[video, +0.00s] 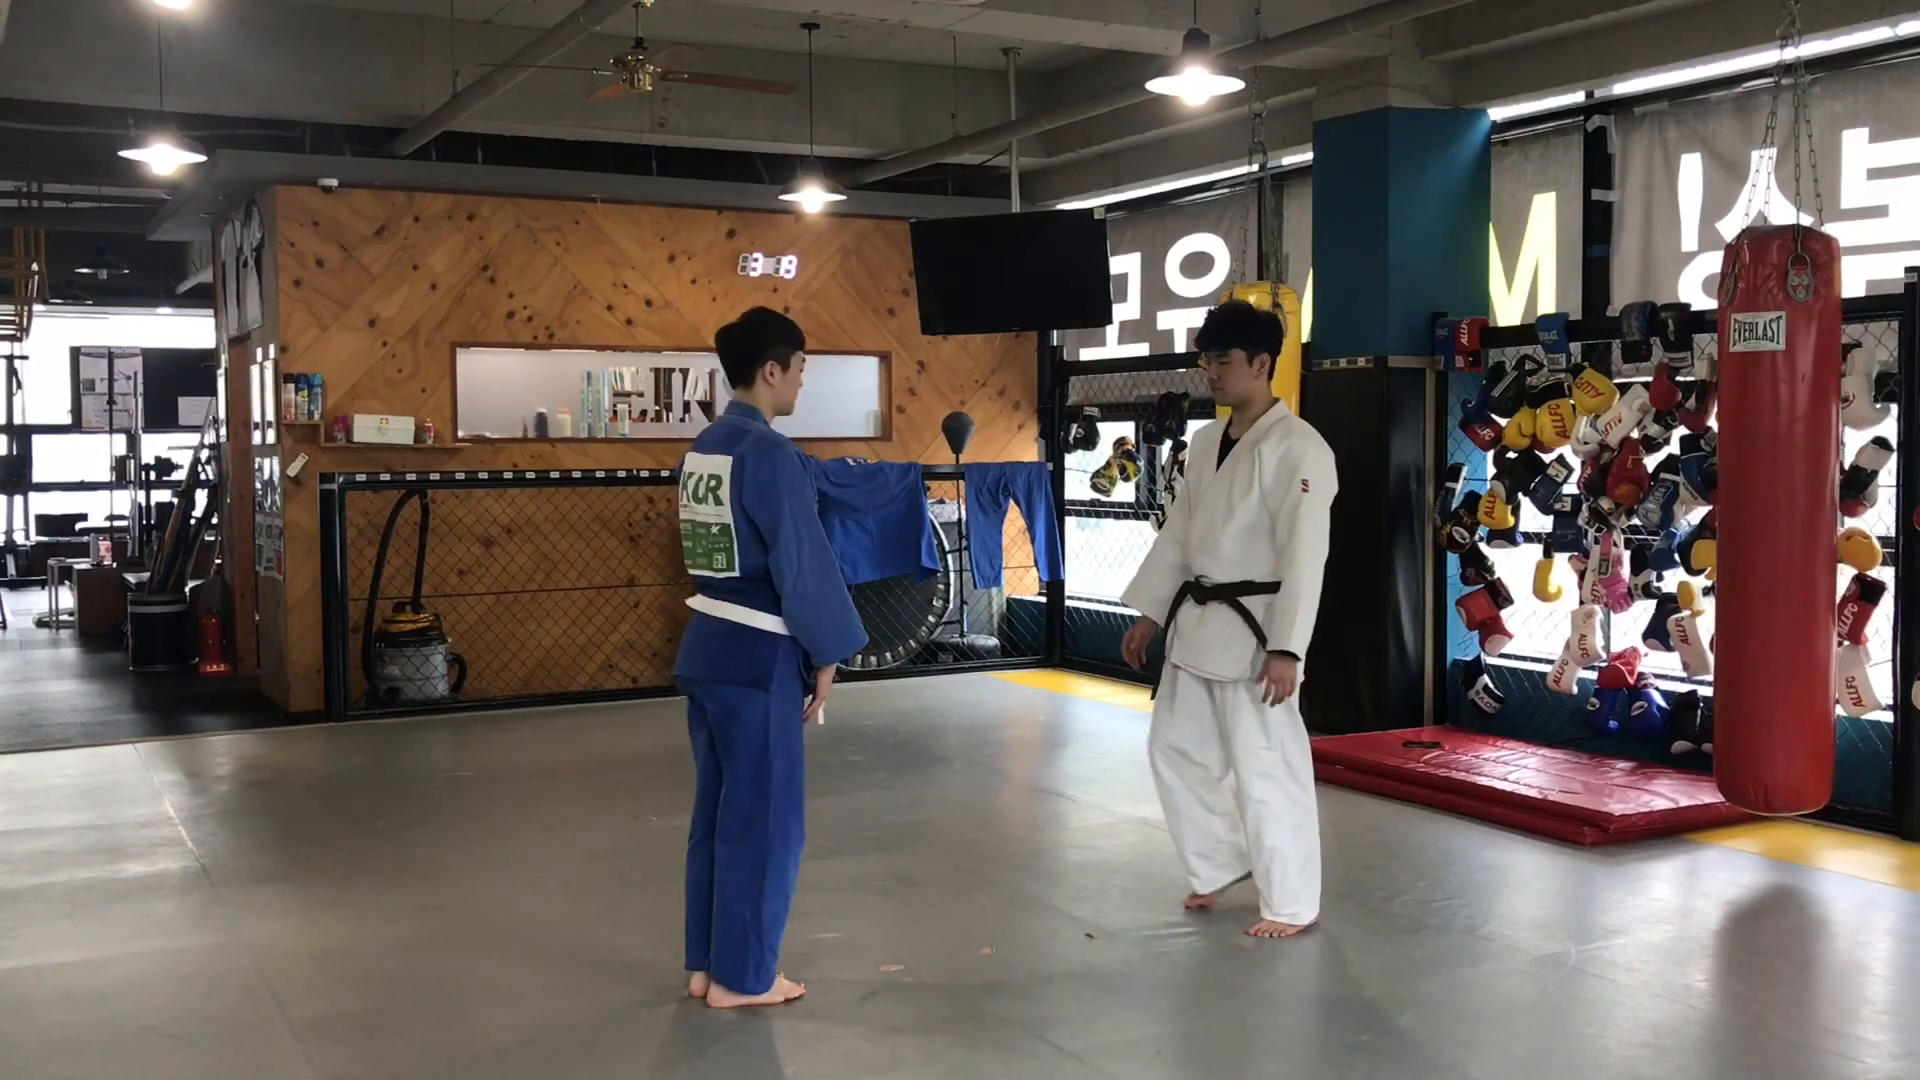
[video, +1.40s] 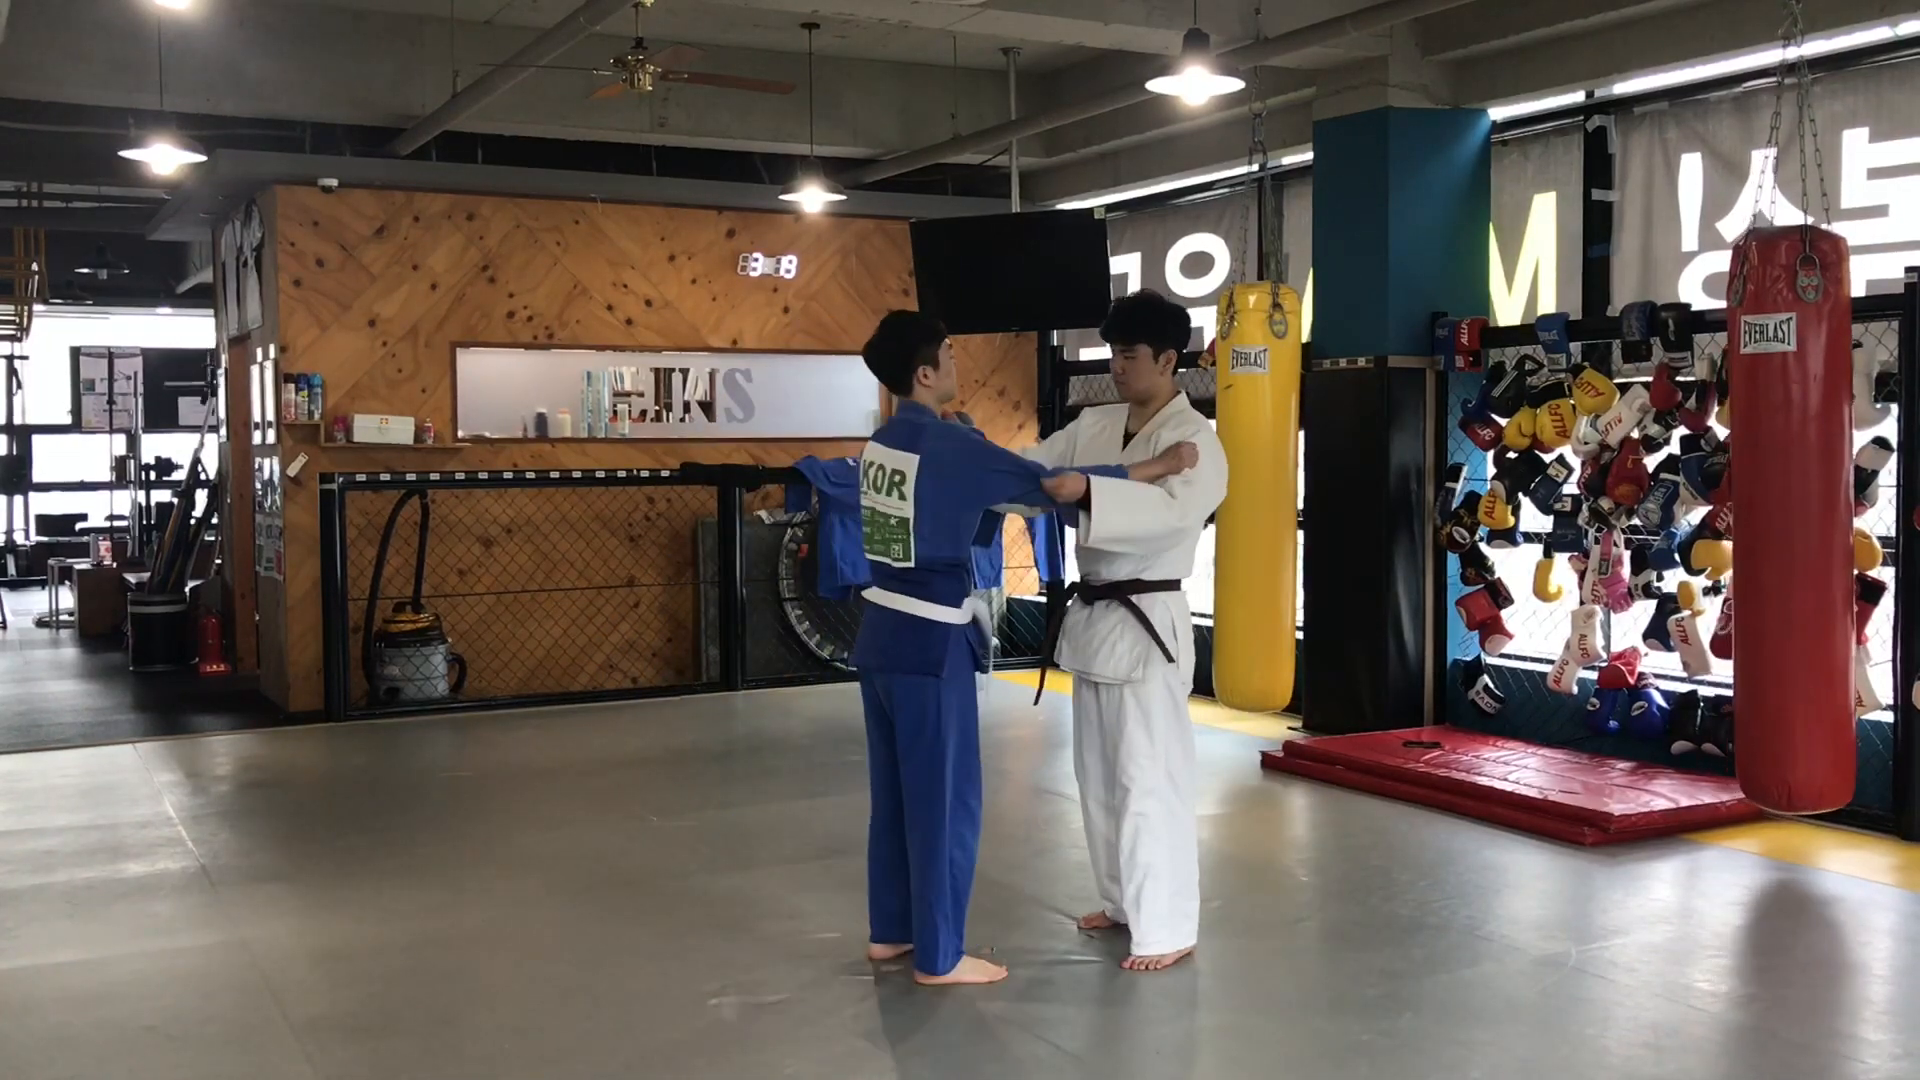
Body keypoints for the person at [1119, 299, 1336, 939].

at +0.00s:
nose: (1209, 370)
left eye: (1222, 359)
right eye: (1207, 359)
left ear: (1262, 363)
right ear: (1210, 365)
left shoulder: (1301, 449)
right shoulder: (1204, 442)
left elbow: (1306, 555)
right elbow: (1177, 533)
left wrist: (1288, 647)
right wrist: (1148, 610)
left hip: (1256, 632)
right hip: (1194, 625)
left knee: (1269, 768)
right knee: (1176, 747)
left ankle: (1294, 904)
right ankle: (1221, 863)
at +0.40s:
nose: (1166, 375)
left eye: (1178, 362)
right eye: (1162, 363)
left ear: (1215, 365)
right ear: (1163, 367)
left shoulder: (1251, 446)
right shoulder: (1159, 442)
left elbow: (1238, 549)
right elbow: (1132, 531)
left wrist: (1195, 632)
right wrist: (1078, 593)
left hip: (1214, 620)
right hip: (1152, 616)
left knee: (1245, 766)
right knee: (1144, 765)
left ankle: (1288, 896)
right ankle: (1138, 901)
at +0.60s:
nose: (1136, 370)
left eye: (1149, 358)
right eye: (1134, 359)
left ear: (1190, 361)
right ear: (1139, 363)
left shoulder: (1216, 443)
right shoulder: (1130, 441)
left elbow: (1198, 539)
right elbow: (1090, 518)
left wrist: (1133, 598)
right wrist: (1027, 550)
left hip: (1184, 620)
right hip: (1125, 617)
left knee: (1207, 761)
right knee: (1125, 765)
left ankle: (1271, 876)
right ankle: (1137, 901)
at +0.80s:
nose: (1123, 368)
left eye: (1136, 357)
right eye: (1120, 356)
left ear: (1174, 359)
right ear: (1121, 359)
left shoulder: (1203, 441)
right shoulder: (1108, 430)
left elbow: (1169, 513)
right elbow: (1064, 498)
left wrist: (1091, 543)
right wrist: (992, 492)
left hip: (1170, 612)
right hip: (1114, 610)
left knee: (1167, 766)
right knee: (1114, 766)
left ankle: (1207, 912)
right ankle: (1136, 901)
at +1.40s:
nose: (1115, 367)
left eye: (1128, 356)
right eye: (1112, 355)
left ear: (1168, 359)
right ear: (1114, 359)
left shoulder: (1197, 440)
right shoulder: (1094, 426)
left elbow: (1173, 510)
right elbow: (1029, 468)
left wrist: (1090, 490)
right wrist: (965, 454)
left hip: (1150, 619)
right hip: (1091, 616)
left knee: (1151, 781)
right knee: (1102, 775)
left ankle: (1168, 930)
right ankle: (1125, 903)